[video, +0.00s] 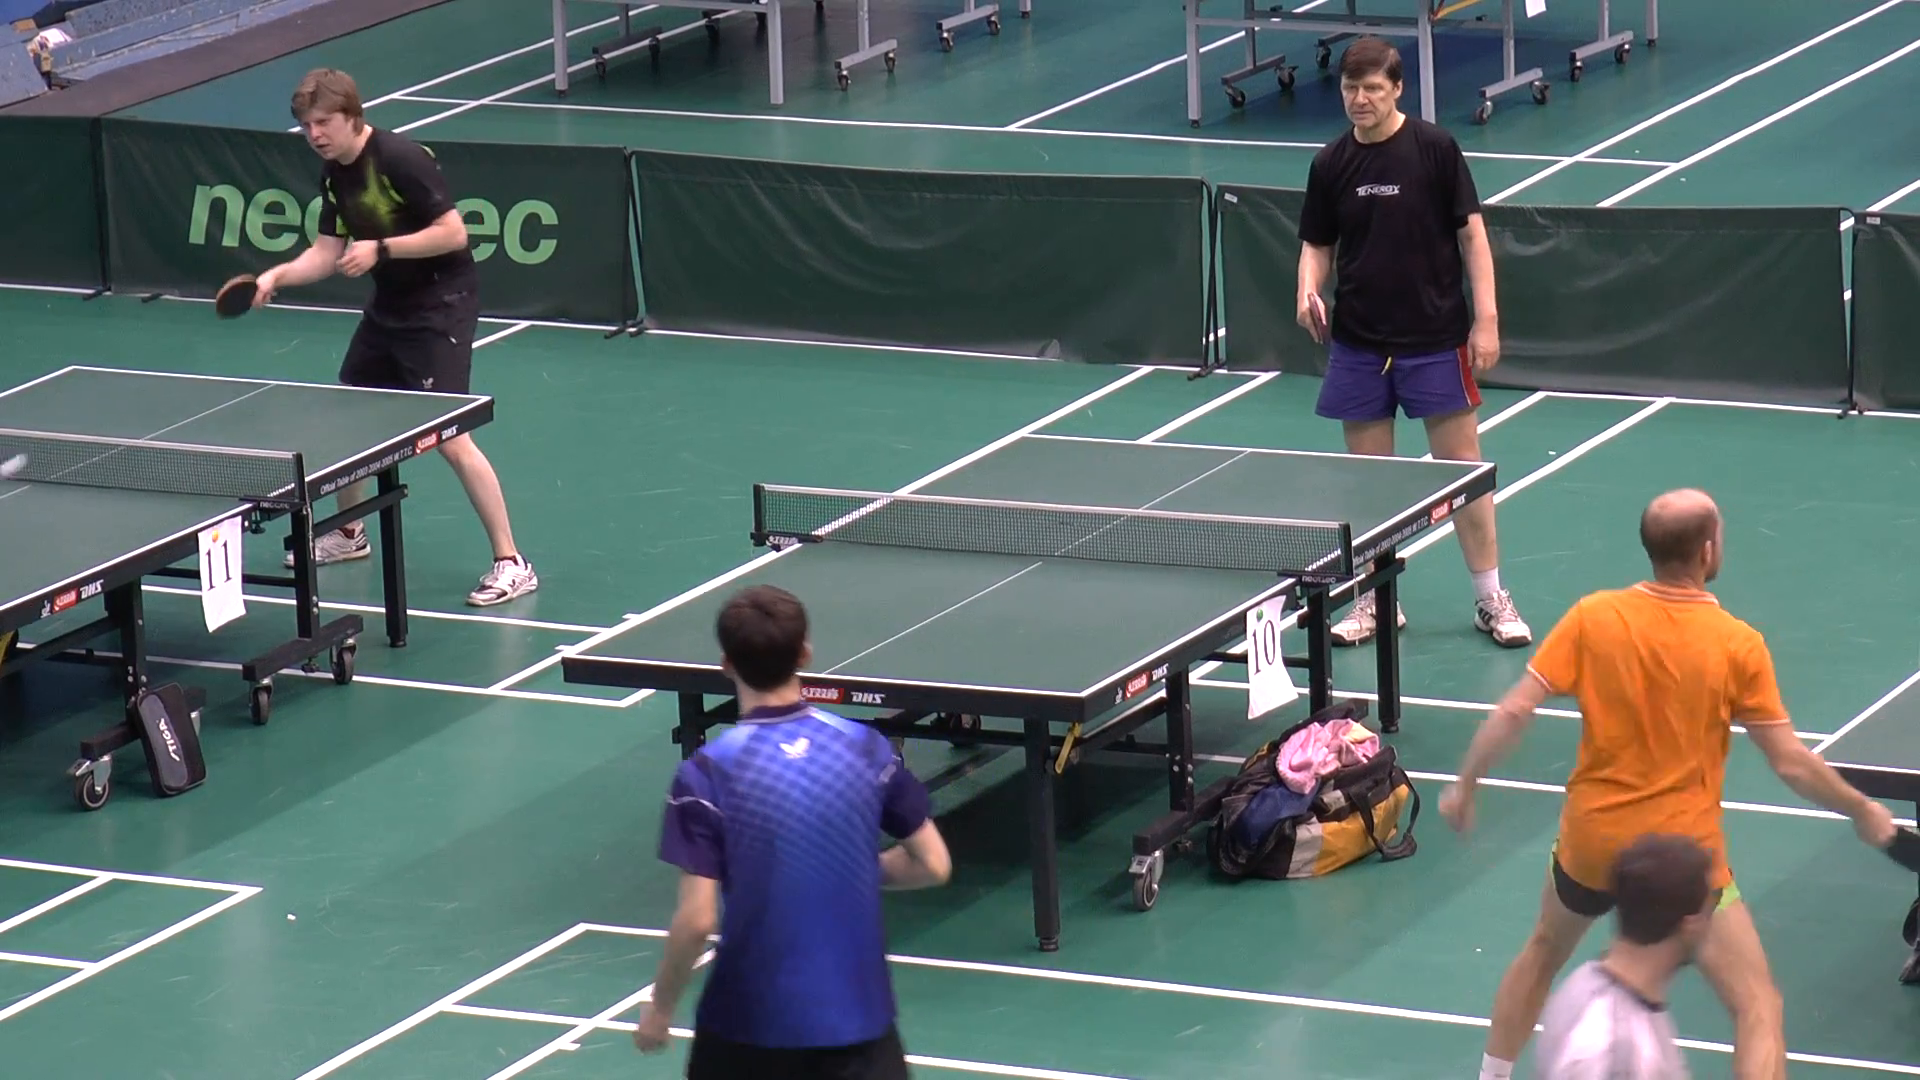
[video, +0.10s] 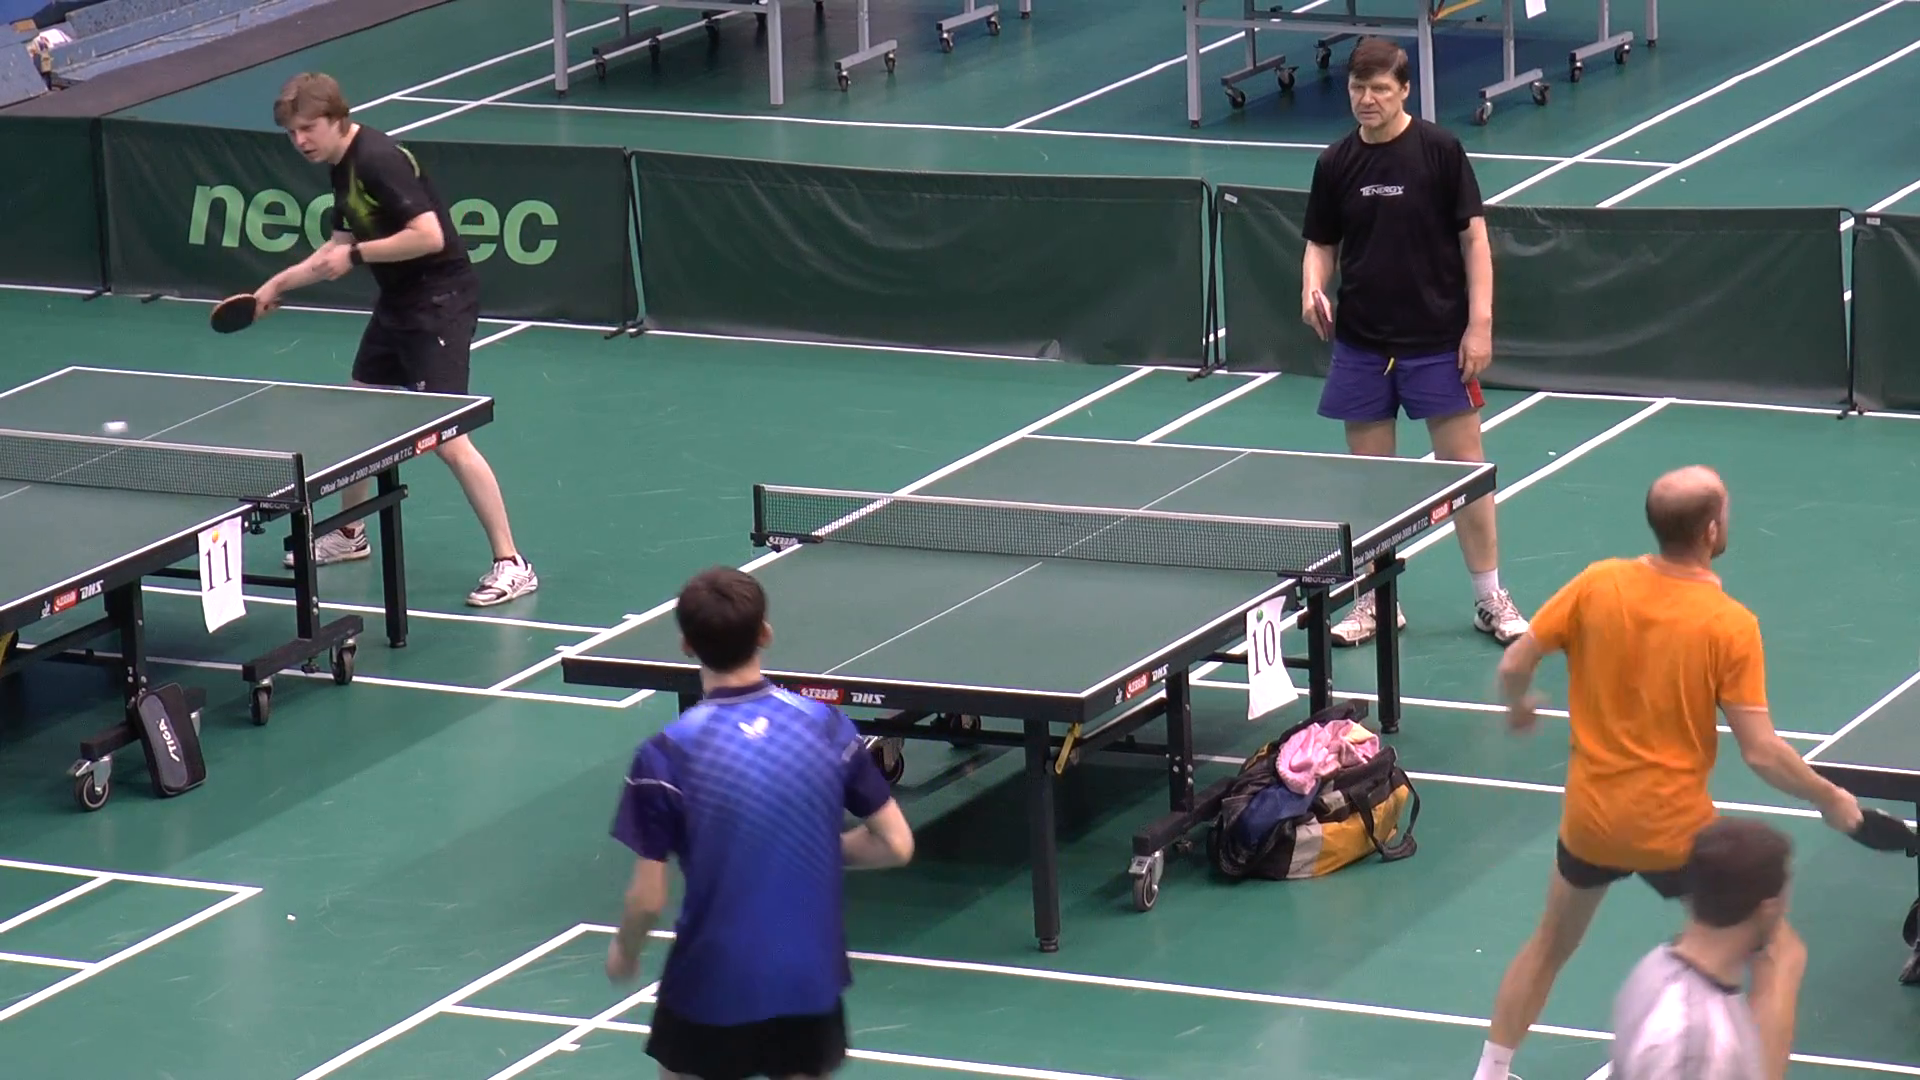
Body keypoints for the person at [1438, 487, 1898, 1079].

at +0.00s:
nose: (1723, 542)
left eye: (1720, 532)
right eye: (1720, 533)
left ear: (1647, 548)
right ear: (1708, 549)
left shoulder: (1592, 616)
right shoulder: (1736, 641)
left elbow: (1513, 710)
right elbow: (1790, 762)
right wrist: (1863, 809)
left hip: (1590, 843)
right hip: (1688, 852)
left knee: (1543, 951)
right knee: (1757, 1004)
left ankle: (1493, 1072)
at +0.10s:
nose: (1728, 519)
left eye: (1724, 510)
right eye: (1725, 512)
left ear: (1655, 527)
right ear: (1711, 530)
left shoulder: (1598, 583)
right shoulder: (1730, 622)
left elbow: (1513, 666)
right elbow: (1761, 748)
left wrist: (1517, 707)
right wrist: (1831, 797)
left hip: (1588, 823)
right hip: (1672, 835)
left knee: (1546, 944)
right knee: (1780, 949)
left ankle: (1490, 1070)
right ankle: (1758, 1074)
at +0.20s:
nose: (1754, 498)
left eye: (1752, 487)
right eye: (1750, 491)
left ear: (1680, 503)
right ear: (1735, 510)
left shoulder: (1623, 555)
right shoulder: (1738, 603)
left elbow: (1560, 631)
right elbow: (1752, 732)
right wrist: (1825, 777)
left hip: (1599, 787)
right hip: (1679, 804)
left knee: (1554, 924)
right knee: (1781, 925)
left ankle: (1485, 1063)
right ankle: (1769, 1065)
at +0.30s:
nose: (1786, 492)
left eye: (1781, 484)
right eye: (1781, 487)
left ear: (1714, 507)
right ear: (1761, 511)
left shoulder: (1659, 548)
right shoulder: (1754, 608)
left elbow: (1615, 619)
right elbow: (1759, 734)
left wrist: (1688, 601)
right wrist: (1846, 780)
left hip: (1616, 784)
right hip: (1696, 803)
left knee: (1560, 922)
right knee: (1798, 927)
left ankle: (1486, 1061)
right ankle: (1792, 1069)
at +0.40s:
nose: (1828, 506)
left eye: (1822, 497)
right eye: (1821, 503)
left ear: (1756, 520)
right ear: (1802, 530)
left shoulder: (1712, 555)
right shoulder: (1788, 622)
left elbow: (1673, 615)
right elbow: (1790, 746)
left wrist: (1782, 596)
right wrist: (1884, 786)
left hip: (1655, 789)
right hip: (1733, 808)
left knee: (1584, 922)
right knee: (1830, 924)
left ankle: (1495, 1059)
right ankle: (1823, 1071)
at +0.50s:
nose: (1868, 497)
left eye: (1861, 491)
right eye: (1861, 495)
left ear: (1797, 522)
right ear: (1842, 527)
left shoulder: (1755, 552)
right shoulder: (1830, 616)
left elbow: (1715, 610)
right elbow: (1840, 739)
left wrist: (1821, 583)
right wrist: (1918, 771)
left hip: (1705, 786)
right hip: (1782, 806)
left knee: (1631, 913)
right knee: (1868, 928)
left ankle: (1529, 1041)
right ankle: (1828, 1073)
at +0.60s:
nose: (1900, 490)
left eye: (1896, 483)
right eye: (1895, 488)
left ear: (1826, 509)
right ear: (1876, 518)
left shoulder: (1783, 546)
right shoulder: (1870, 607)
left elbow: (1746, 609)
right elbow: (1904, 731)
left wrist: (1857, 570)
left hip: (1745, 779)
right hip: (1820, 797)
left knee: (1697, 904)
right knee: (1883, 930)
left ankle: (1598, 1036)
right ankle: (1830, 1071)